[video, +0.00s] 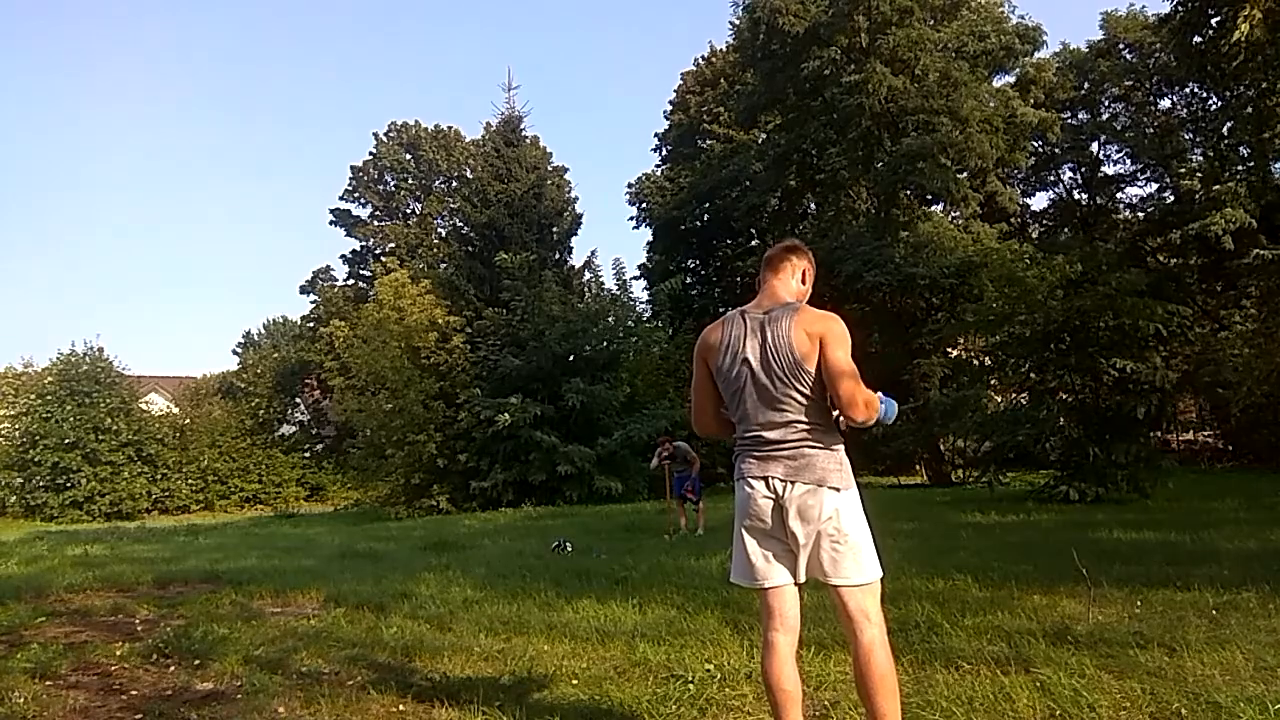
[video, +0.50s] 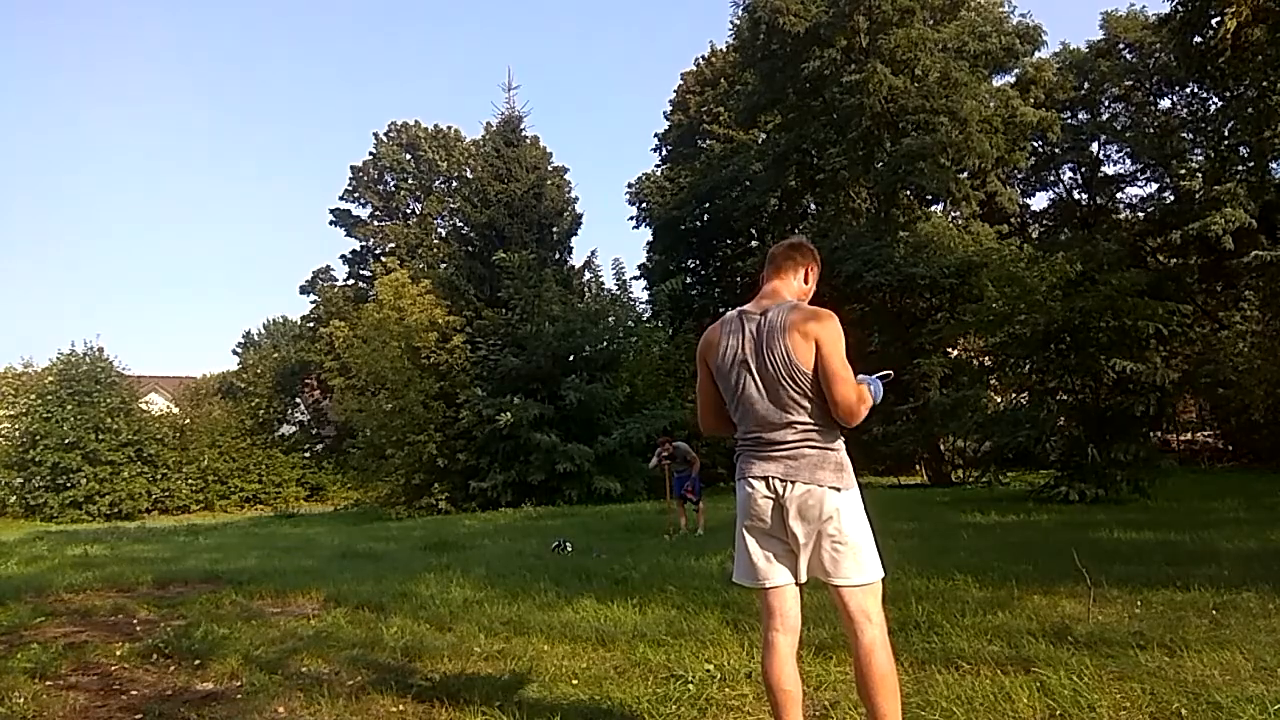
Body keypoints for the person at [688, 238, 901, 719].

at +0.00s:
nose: (811, 289)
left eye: (809, 283)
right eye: (811, 282)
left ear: (760, 278)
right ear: (802, 276)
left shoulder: (713, 336)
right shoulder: (821, 323)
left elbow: (706, 423)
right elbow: (854, 408)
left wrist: (759, 424)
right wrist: (880, 406)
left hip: (753, 490)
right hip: (823, 487)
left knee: (777, 630)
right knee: (866, 624)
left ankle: (789, 718)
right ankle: (887, 716)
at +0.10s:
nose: (813, 289)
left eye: (812, 283)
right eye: (814, 281)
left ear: (762, 278)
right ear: (804, 275)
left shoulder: (714, 336)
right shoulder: (822, 322)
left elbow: (708, 424)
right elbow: (854, 409)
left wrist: (760, 420)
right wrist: (862, 392)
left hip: (754, 489)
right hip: (823, 486)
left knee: (778, 630)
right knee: (866, 626)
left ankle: (790, 719)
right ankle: (887, 716)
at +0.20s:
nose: (814, 290)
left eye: (812, 284)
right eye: (814, 282)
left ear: (763, 277)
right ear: (805, 276)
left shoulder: (714, 335)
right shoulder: (821, 323)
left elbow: (710, 423)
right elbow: (849, 410)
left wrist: (759, 416)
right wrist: (862, 386)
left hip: (754, 489)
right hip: (823, 486)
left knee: (778, 630)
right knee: (866, 625)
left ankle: (790, 718)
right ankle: (886, 716)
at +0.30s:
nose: (815, 289)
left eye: (814, 282)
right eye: (816, 281)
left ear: (764, 275)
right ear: (807, 276)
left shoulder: (714, 335)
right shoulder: (821, 321)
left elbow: (710, 423)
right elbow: (850, 409)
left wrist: (760, 412)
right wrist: (859, 380)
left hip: (754, 489)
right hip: (823, 486)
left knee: (778, 629)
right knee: (866, 625)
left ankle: (789, 719)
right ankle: (887, 716)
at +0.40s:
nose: (814, 289)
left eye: (813, 284)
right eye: (815, 282)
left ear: (764, 275)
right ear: (806, 277)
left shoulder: (714, 336)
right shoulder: (819, 320)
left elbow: (711, 423)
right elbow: (852, 408)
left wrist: (761, 413)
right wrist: (852, 377)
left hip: (755, 490)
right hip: (824, 487)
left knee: (778, 630)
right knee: (867, 625)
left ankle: (789, 719)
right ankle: (887, 716)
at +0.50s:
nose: (814, 290)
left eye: (813, 283)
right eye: (815, 282)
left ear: (764, 275)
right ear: (806, 277)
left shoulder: (713, 336)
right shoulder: (818, 321)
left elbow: (712, 424)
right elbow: (848, 411)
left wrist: (764, 412)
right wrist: (866, 391)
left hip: (755, 489)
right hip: (823, 486)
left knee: (778, 629)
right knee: (867, 625)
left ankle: (789, 719)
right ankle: (887, 716)